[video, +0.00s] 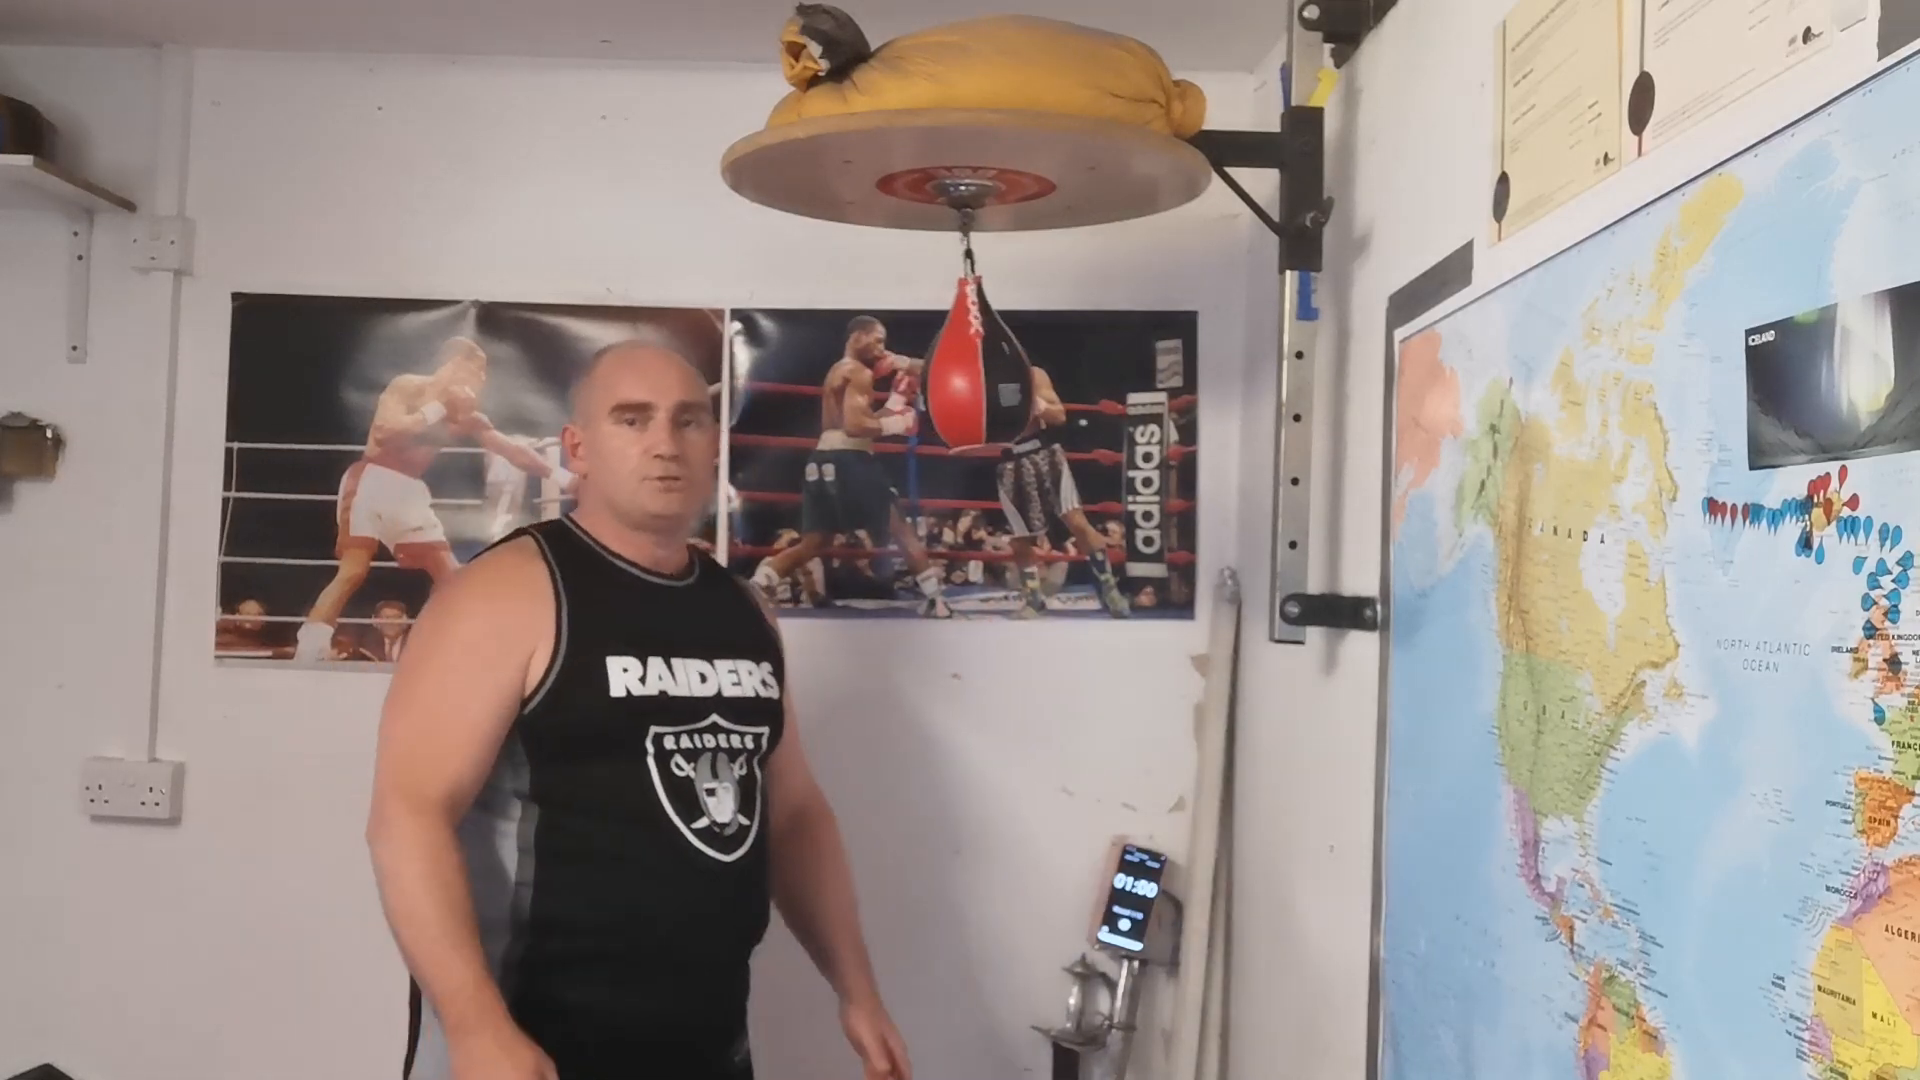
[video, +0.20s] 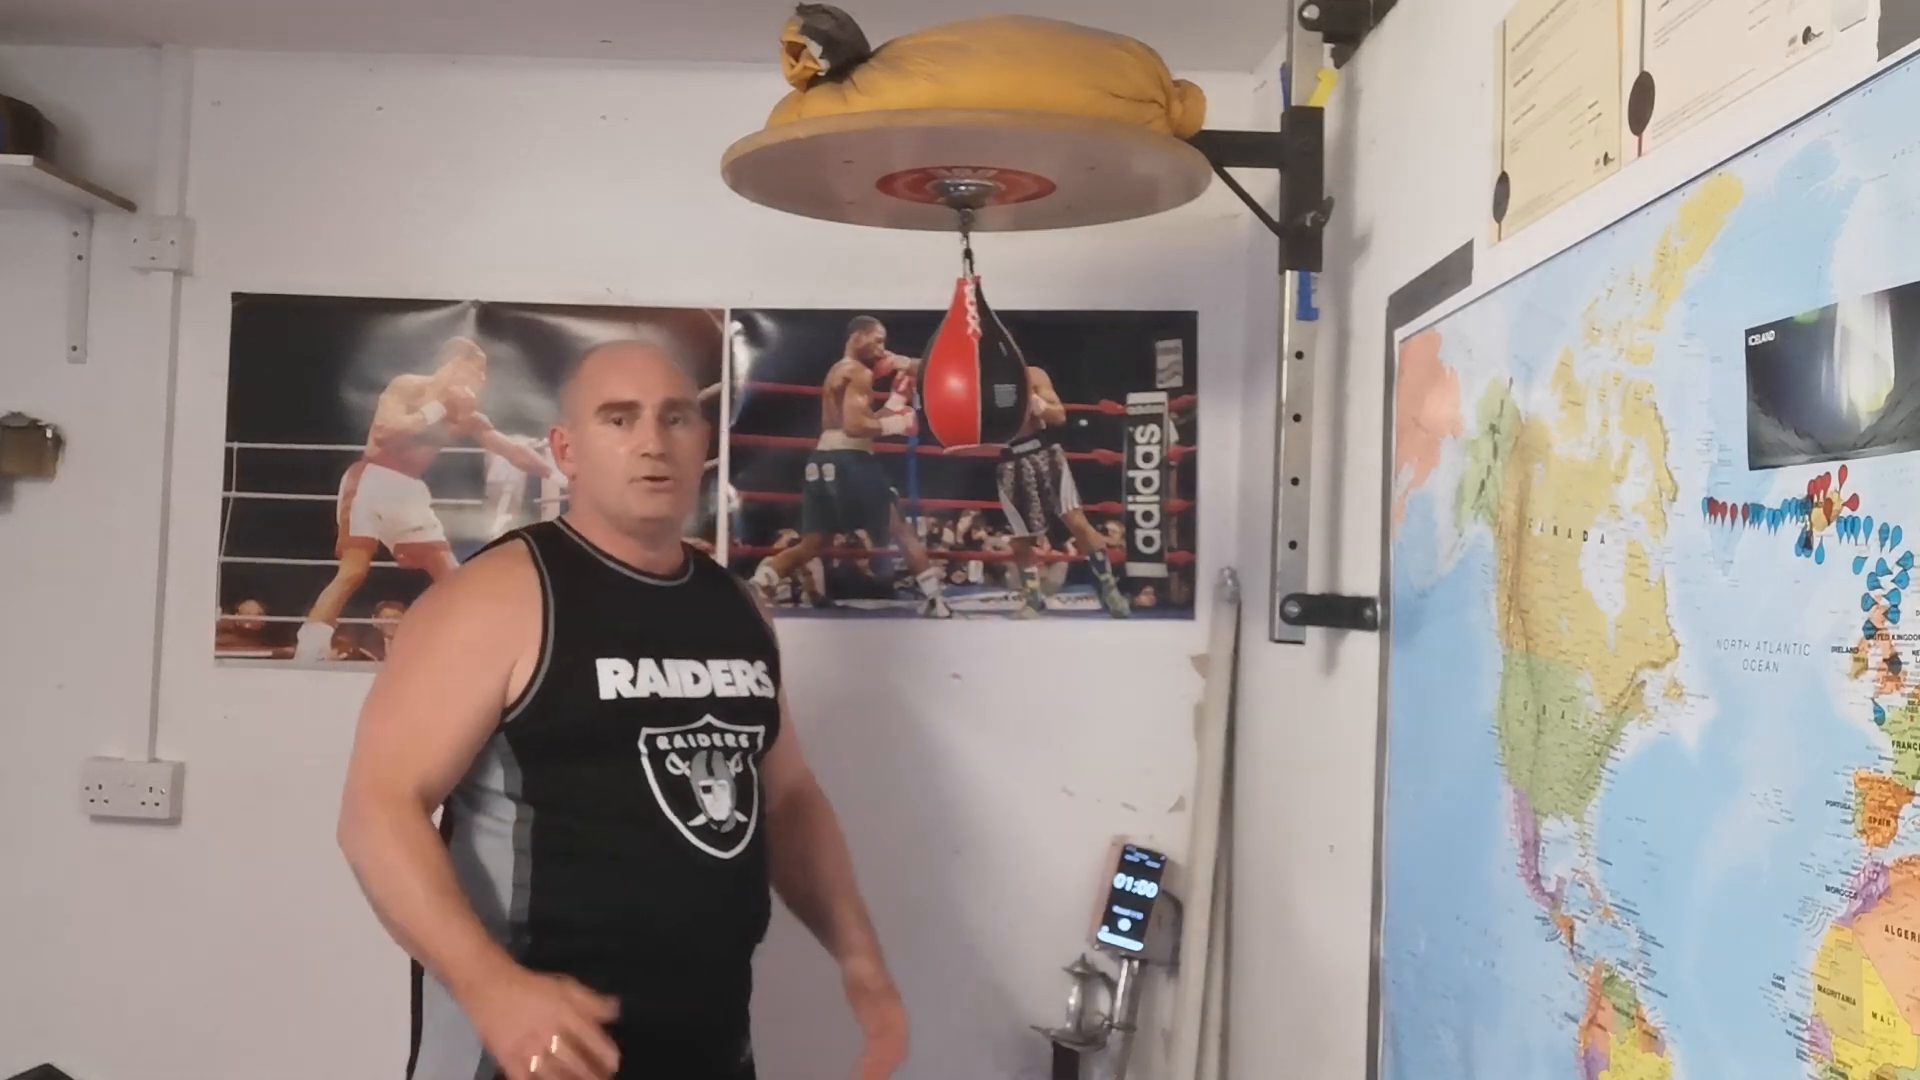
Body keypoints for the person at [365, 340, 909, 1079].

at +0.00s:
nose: (666, 444)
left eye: (689, 420)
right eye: (634, 418)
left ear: (716, 448)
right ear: (577, 449)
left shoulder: (739, 613)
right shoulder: (504, 595)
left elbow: (793, 816)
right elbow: (408, 816)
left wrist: (856, 988)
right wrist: (480, 1030)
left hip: (707, 1035)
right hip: (548, 1037)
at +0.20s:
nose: (653, 443)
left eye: (676, 418)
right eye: (619, 419)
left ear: (706, 443)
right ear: (565, 450)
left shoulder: (730, 607)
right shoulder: (495, 598)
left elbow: (787, 801)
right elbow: (378, 811)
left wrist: (857, 949)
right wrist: (495, 989)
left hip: (711, 1038)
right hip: (553, 1042)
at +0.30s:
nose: (650, 443)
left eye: (672, 418)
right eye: (615, 419)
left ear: (703, 446)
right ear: (561, 452)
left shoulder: (731, 605)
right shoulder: (488, 598)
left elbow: (787, 784)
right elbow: (363, 803)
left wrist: (865, 879)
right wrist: (505, 915)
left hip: (704, 1034)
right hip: (528, 1040)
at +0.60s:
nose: (637, 442)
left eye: (663, 419)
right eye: (605, 418)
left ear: (693, 453)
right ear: (550, 450)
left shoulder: (725, 602)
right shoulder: (484, 589)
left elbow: (808, 797)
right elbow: (353, 804)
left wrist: (841, 734)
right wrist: (516, 719)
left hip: (697, 1016)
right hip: (518, 1019)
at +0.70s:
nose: (636, 445)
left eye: (660, 422)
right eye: (604, 420)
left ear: (692, 454)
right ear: (550, 449)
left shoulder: (724, 605)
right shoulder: (479, 593)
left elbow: (807, 780)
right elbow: (361, 803)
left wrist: (843, 780)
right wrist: (513, 764)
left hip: (696, 1017)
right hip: (518, 1021)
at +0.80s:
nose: (642, 445)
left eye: (666, 421)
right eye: (609, 420)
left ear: (694, 450)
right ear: (554, 449)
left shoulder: (724, 604)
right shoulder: (477, 595)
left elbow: (802, 789)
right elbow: (359, 804)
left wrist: (838, 787)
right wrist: (504, 787)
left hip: (694, 1013)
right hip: (517, 1017)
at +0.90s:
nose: (647, 447)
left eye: (670, 422)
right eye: (614, 421)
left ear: (696, 449)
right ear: (557, 450)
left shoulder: (728, 605)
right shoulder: (478, 595)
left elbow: (799, 783)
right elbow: (358, 804)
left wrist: (836, 791)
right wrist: (502, 786)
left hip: (692, 1015)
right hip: (514, 1018)